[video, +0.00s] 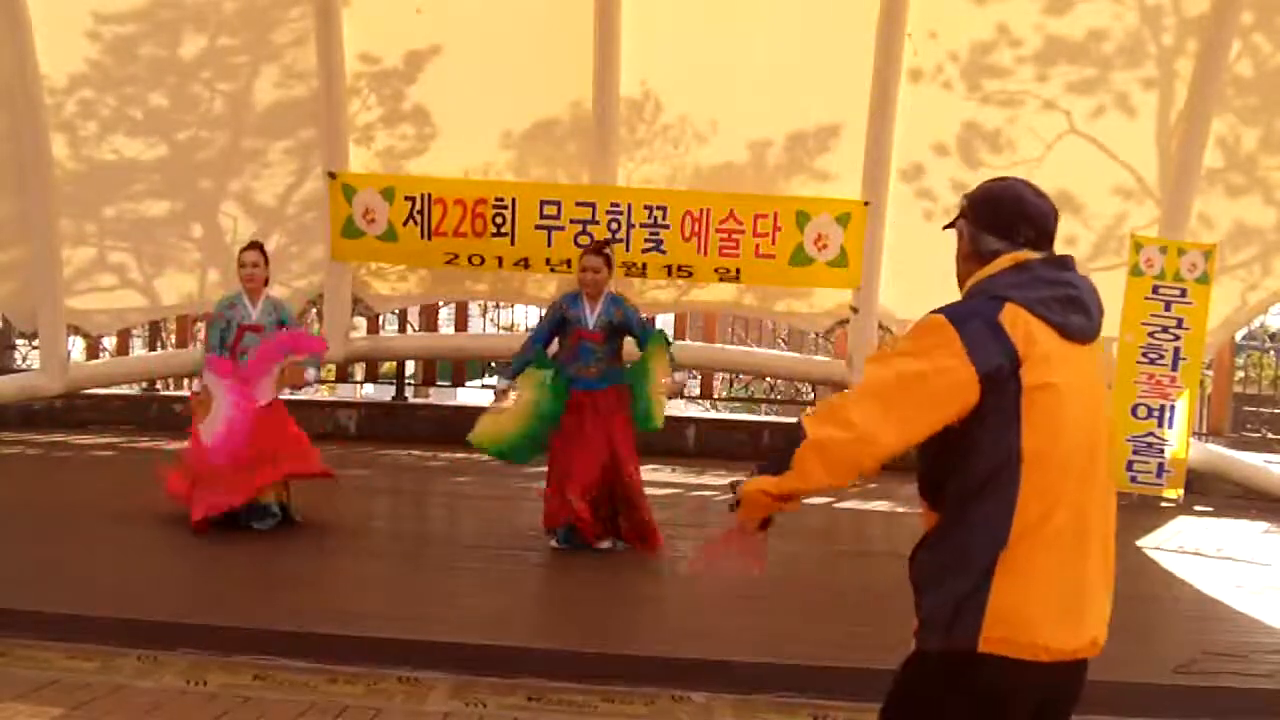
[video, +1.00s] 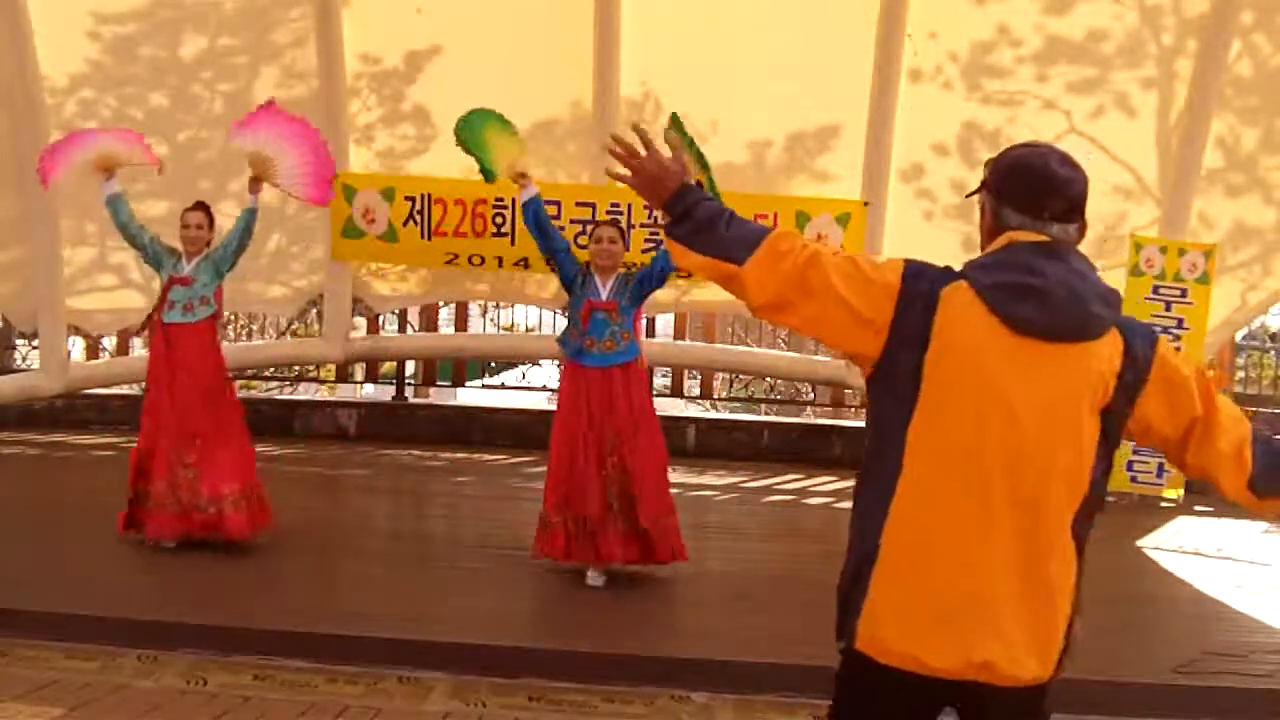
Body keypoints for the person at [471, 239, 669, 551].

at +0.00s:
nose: (589, 277)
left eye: (596, 271)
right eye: (584, 270)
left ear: (609, 275)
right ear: (578, 273)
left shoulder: (619, 308)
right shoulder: (565, 305)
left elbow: (650, 339)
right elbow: (536, 342)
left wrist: (656, 372)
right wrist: (509, 376)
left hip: (609, 391)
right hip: (571, 392)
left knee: (609, 457)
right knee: (568, 458)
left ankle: (606, 528)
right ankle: (565, 525)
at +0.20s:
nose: (597, 260)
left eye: (605, 255)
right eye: (592, 254)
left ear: (616, 260)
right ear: (584, 257)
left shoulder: (629, 296)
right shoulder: (570, 293)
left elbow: (665, 324)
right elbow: (533, 323)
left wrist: (698, 337)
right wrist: (495, 344)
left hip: (614, 388)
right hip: (573, 386)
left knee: (615, 457)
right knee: (570, 456)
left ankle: (609, 537)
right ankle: (568, 533)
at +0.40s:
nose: (603, 249)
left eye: (610, 244)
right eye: (598, 243)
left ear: (623, 252)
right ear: (589, 250)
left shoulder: (635, 286)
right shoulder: (575, 286)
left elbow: (676, 299)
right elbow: (531, 298)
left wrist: (709, 299)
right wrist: (485, 305)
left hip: (620, 381)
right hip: (580, 380)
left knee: (617, 455)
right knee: (575, 453)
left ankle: (611, 538)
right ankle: (574, 537)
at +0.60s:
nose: (604, 247)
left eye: (611, 243)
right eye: (598, 242)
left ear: (623, 252)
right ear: (590, 249)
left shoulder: (636, 285)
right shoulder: (575, 283)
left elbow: (678, 281)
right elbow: (528, 273)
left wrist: (715, 269)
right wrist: (483, 255)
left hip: (622, 380)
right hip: (583, 379)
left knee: (618, 455)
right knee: (586, 456)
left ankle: (608, 541)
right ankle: (590, 544)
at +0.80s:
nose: (604, 247)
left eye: (612, 241)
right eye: (598, 241)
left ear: (624, 250)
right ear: (588, 248)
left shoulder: (634, 283)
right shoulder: (576, 280)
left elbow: (676, 268)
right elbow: (538, 252)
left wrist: (712, 246)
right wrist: (499, 215)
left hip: (622, 380)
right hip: (581, 379)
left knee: (620, 459)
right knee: (584, 458)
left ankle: (617, 549)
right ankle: (591, 547)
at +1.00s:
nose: (605, 247)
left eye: (613, 242)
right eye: (598, 241)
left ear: (624, 251)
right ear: (588, 248)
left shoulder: (634, 286)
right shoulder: (577, 281)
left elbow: (670, 259)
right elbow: (548, 240)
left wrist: (692, 219)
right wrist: (528, 190)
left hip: (624, 386)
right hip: (583, 385)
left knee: (625, 464)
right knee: (586, 465)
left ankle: (620, 551)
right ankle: (594, 555)